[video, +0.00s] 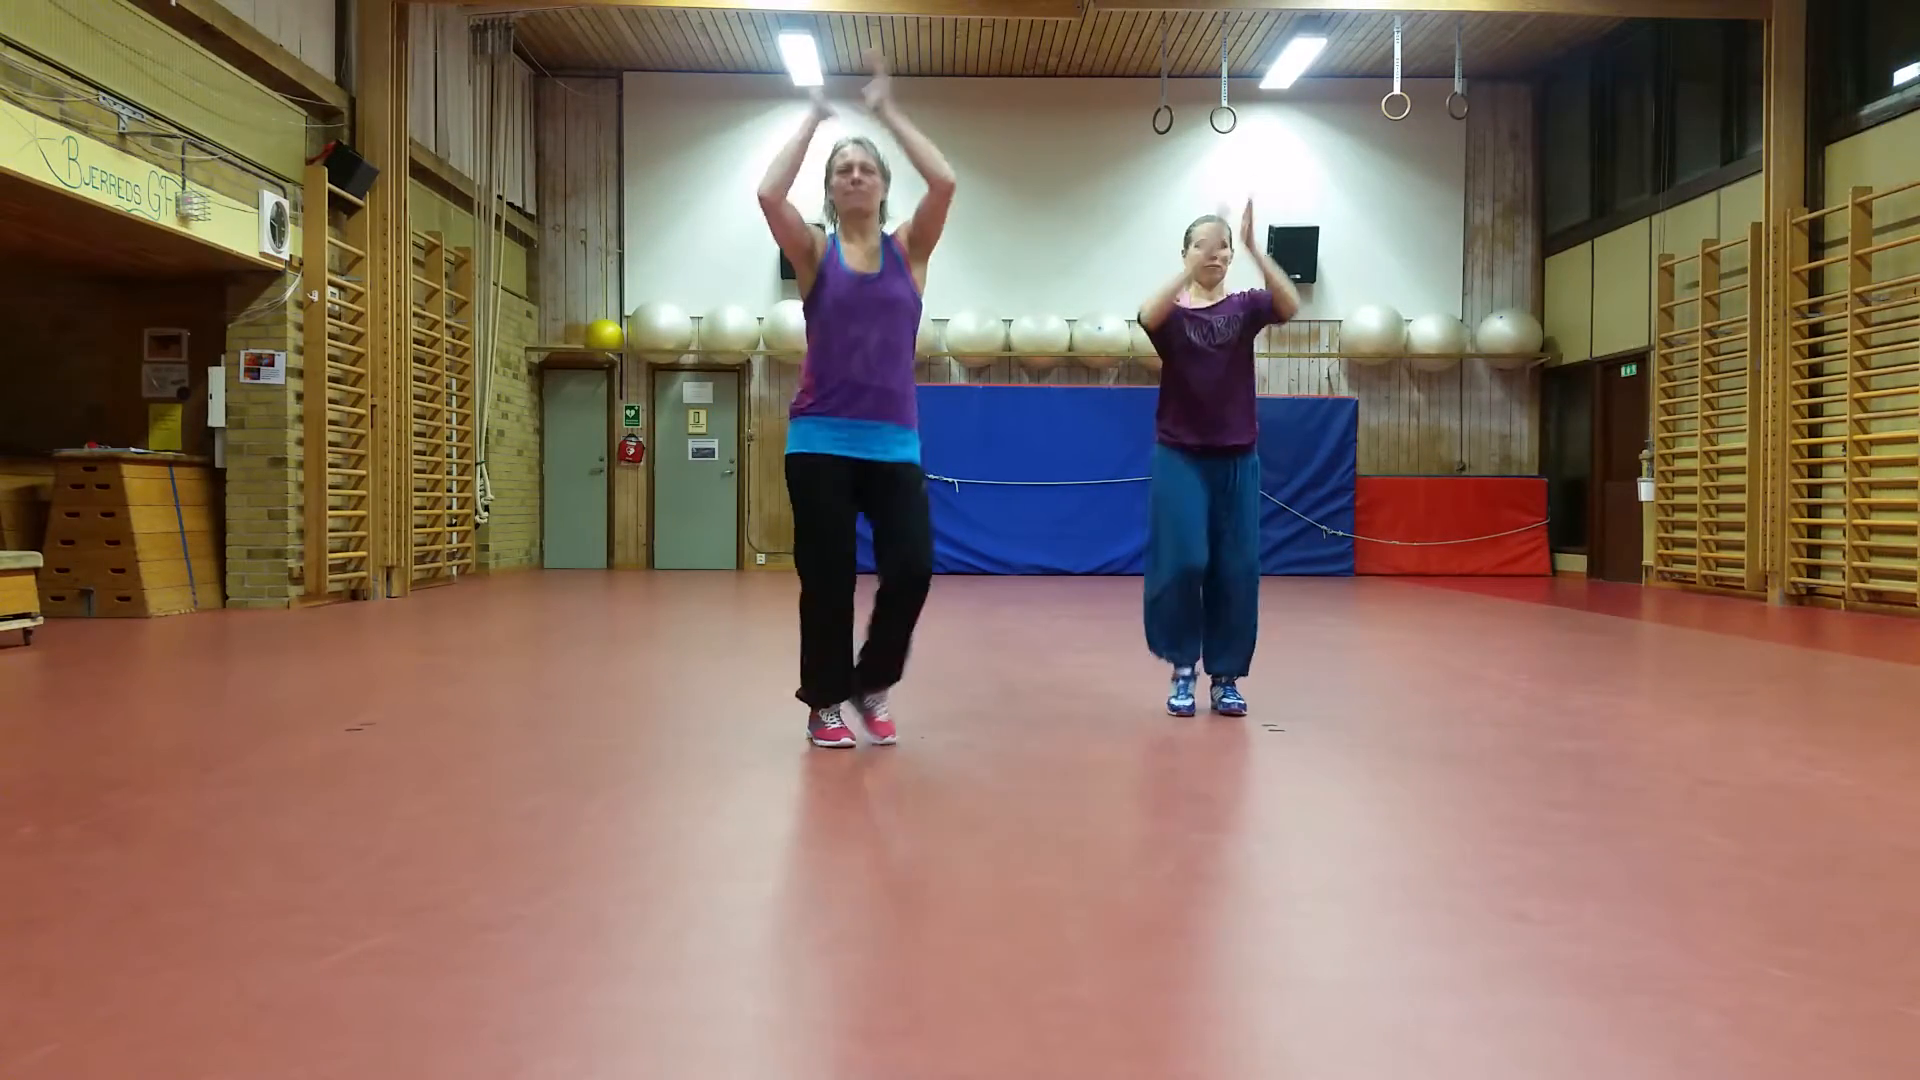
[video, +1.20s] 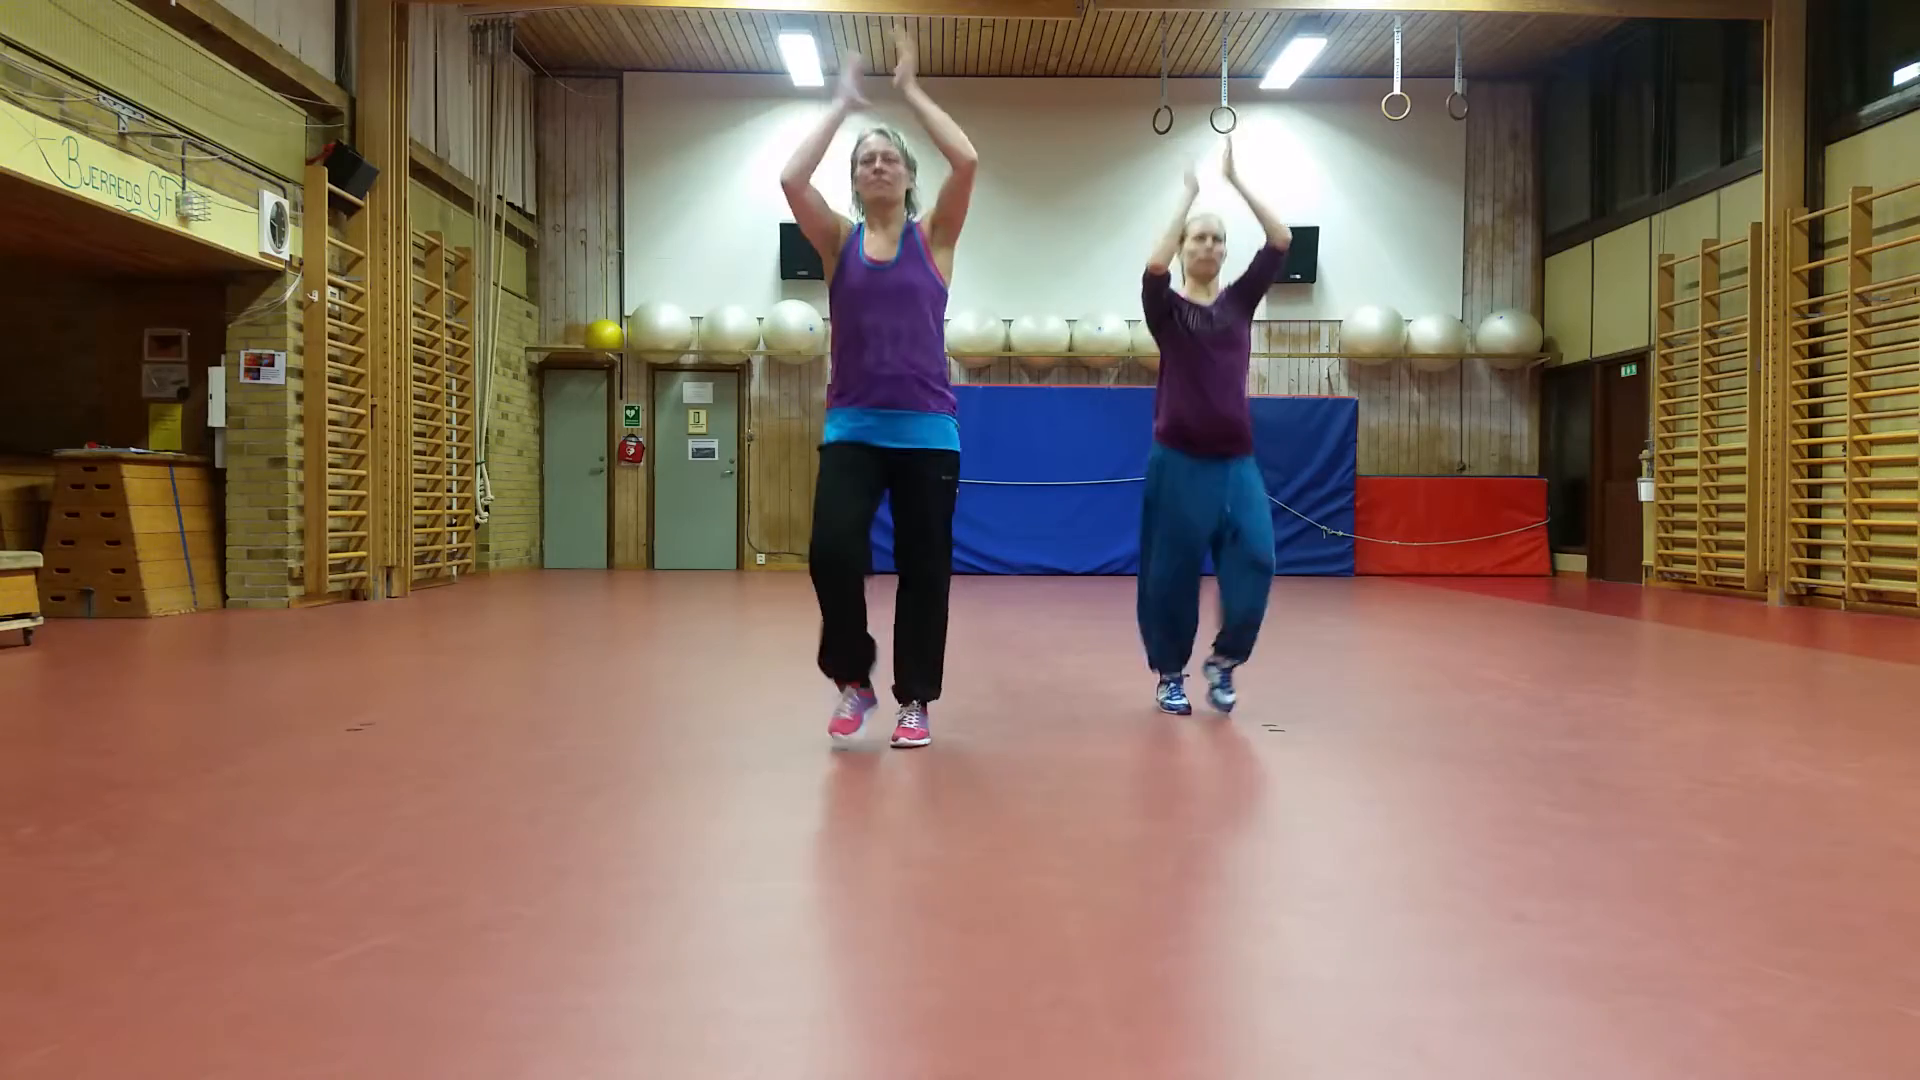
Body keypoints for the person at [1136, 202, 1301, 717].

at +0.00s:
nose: (1215, 256)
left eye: (1223, 249)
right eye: (1206, 248)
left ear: (1230, 257)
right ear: (1187, 255)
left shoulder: (1245, 304)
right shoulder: (1170, 309)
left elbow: (1289, 306)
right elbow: (1148, 319)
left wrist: (1254, 250)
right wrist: (1185, 274)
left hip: (1237, 453)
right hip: (1179, 452)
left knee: (1237, 565)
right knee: (1186, 561)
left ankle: (1226, 677)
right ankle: (1183, 669)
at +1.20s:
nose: (1208, 246)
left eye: (1216, 239)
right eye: (1199, 238)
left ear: (1226, 249)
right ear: (1181, 247)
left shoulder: (1238, 303)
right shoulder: (1166, 308)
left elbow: (1281, 241)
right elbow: (1154, 268)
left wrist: (1236, 180)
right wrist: (1184, 203)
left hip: (1237, 460)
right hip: (1180, 459)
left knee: (1256, 560)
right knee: (1172, 569)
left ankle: (1223, 665)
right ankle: (1170, 674)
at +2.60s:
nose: (1210, 250)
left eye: (1219, 245)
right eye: (1200, 245)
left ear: (1232, 261)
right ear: (1187, 261)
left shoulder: (1246, 308)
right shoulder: (1174, 312)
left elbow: (1274, 231)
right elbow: (1148, 260)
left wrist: (1218, 188)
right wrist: (1194, 199)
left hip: (1234, 463)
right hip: (1177, 459)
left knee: (1227, 575)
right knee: (1174, 566)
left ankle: (1208, 668)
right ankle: (1171, 669)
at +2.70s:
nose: (1210, 258)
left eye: (1218, 253)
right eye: (1200, 252)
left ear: (1231, 267)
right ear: (1186, 267)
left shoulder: (1247, 316)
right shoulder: (1173, 321)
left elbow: (1283, 238)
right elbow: (1141, 267)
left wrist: (1231, 187)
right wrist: (1193, 204)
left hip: (1234, 470)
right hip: (1176, 466)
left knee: (1232, 579)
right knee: (1166, 575)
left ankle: (1210, 672)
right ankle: (1170, 675)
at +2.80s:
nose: (1215, 233)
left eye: (1223, 227)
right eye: (1205, 227)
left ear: (1237, 241)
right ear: (1191, 241)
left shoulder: (1250, 290)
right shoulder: (1177, 295)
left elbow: (1290, 213)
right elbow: (1146, 249)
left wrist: (1247, 156)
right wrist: (1186, 183)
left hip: (1242, 446)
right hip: (1186, 444)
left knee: (1243, 561)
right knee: (1178, 557)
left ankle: (1228, 662)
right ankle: (1175, 666)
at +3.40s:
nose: (1222, 247)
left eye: (1231, 241)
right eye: (1212, 242)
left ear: (1244, 256)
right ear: (1198, 256)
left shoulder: (1258, 305)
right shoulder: (1185, 308)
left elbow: (1294, 234)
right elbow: (1159, 252)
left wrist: (1243, 185)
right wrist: (1210, 197)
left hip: (1246, 461)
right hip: (1187, 457)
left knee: (1253, 574)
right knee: (1183, 566)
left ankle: (1224, 672)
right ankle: (1180, 670)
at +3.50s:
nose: (1218, 249)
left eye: (1227, 243)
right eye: (1209, 243)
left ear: (1240, 255)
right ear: (1194, 255)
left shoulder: (1254, 305)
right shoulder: (1180, 309)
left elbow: (1298, 234)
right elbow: (1155, 249)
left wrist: (1257, 177)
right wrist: (1205, 185)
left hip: (1247, 464)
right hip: (1187, 460)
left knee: (1261, 573)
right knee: (1177, 570)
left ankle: (1230, 670)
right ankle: (1179, 674)